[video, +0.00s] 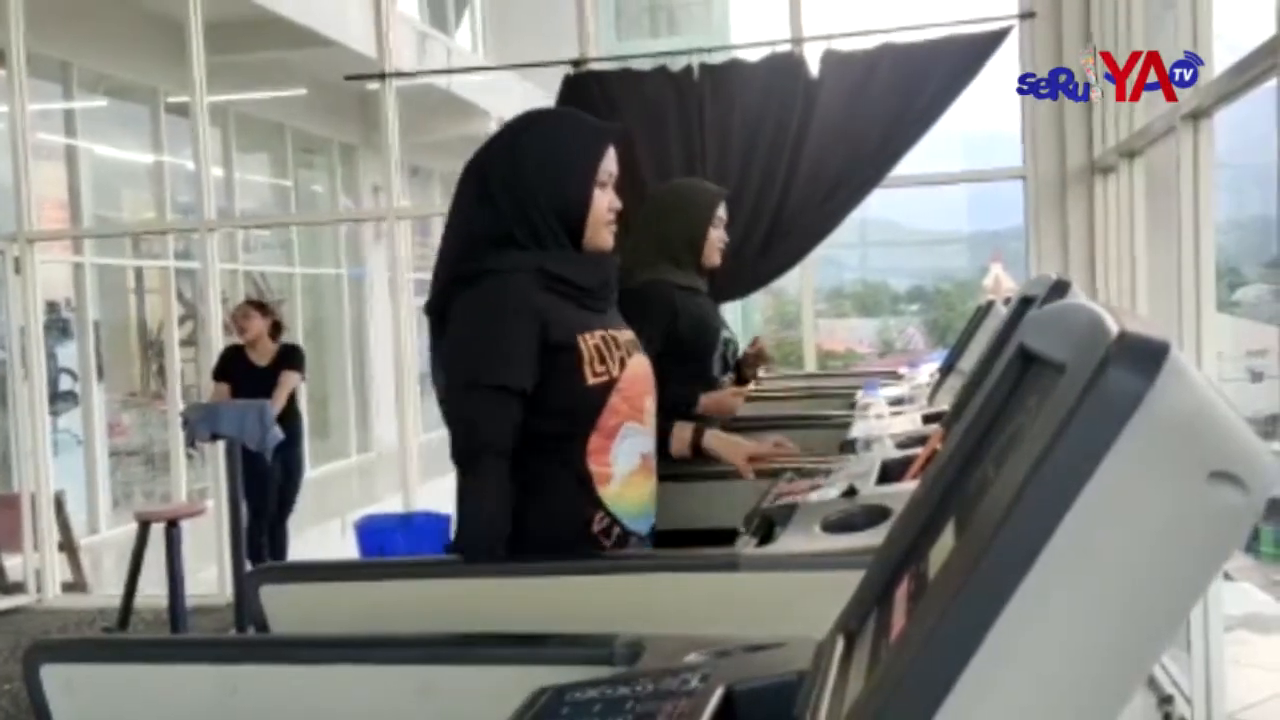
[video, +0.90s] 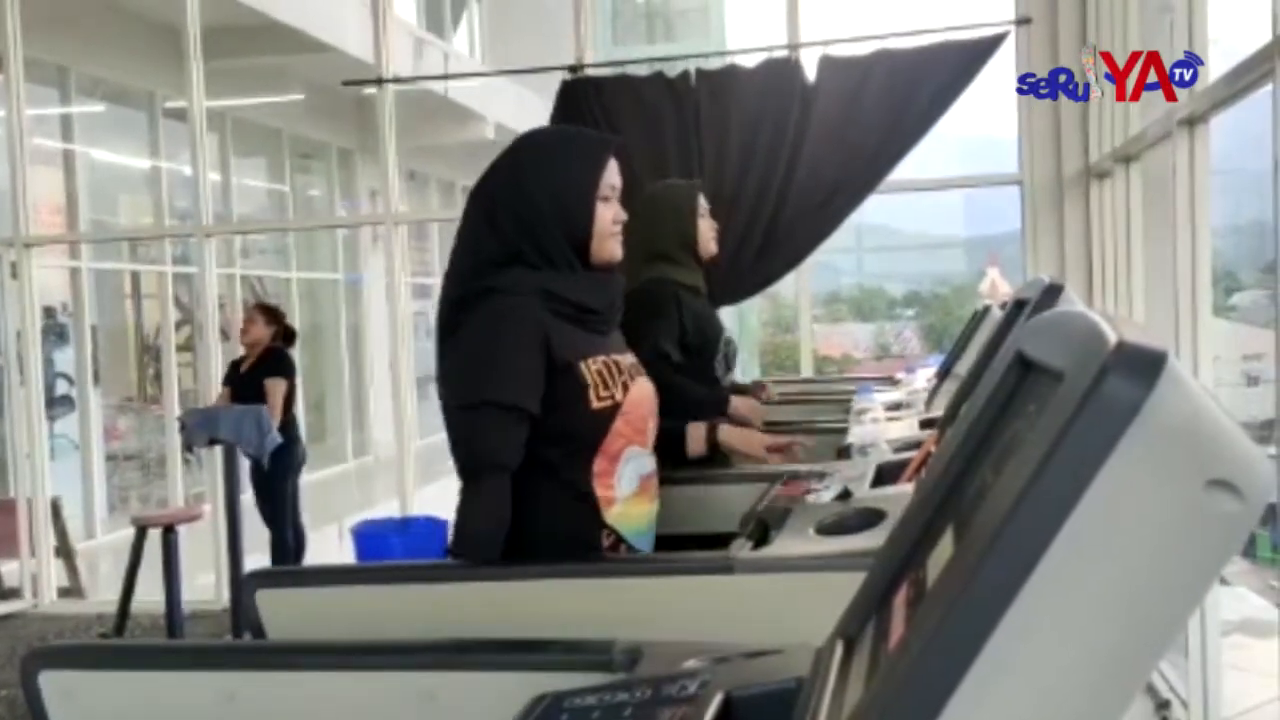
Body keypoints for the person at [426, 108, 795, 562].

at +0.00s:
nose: (618, 205)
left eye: (614, 187)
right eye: (602, 186)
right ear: (552, 188)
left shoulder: (581, 287)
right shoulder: (501, 299)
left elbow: (598, 421)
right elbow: (484, 460)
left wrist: (702, 439)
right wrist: (478, 592)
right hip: (545, 567)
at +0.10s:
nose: (613, 199)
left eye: (610, 181)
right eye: (599, 180)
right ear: (550, 181)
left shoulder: (569, 284)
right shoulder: (503, 289)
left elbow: (585, 422)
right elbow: (497, 448)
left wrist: (682, 438)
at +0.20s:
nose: (611, 206)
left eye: (608, 189)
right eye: (598, 187)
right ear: (549, 187)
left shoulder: (564, 294)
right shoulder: (511, 294)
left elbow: (578, 424)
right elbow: (532, 447)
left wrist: (670, 440)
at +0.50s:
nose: (619, 201)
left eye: (615, 186)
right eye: (604, 185)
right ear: (557, 187)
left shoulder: (579, 286)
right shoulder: (516, 291)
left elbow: (592, 422)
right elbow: (528, 443)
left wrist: (682, 441)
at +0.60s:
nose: (620, 195)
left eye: (617, 179)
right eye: (605, 179)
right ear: (557, 181)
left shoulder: (583, 278)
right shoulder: (510, 286)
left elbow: (592, 415)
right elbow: (503, 453)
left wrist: (693, 425)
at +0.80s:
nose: (623, 217)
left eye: (618, 201)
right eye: (606, 201)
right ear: (556, 205)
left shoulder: (585, 303)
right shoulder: (502, 312)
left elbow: (604, 432)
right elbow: (470, 474)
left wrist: (721, 427)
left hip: (596, 567)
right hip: (529, 581)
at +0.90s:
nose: (622, 215)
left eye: (618, 199)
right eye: (605, 199)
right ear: (557, 205)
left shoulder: (583, 305)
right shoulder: (507, 315)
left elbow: (604, 440)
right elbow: (488, 478)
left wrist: (715, 437)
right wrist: (466, 603)